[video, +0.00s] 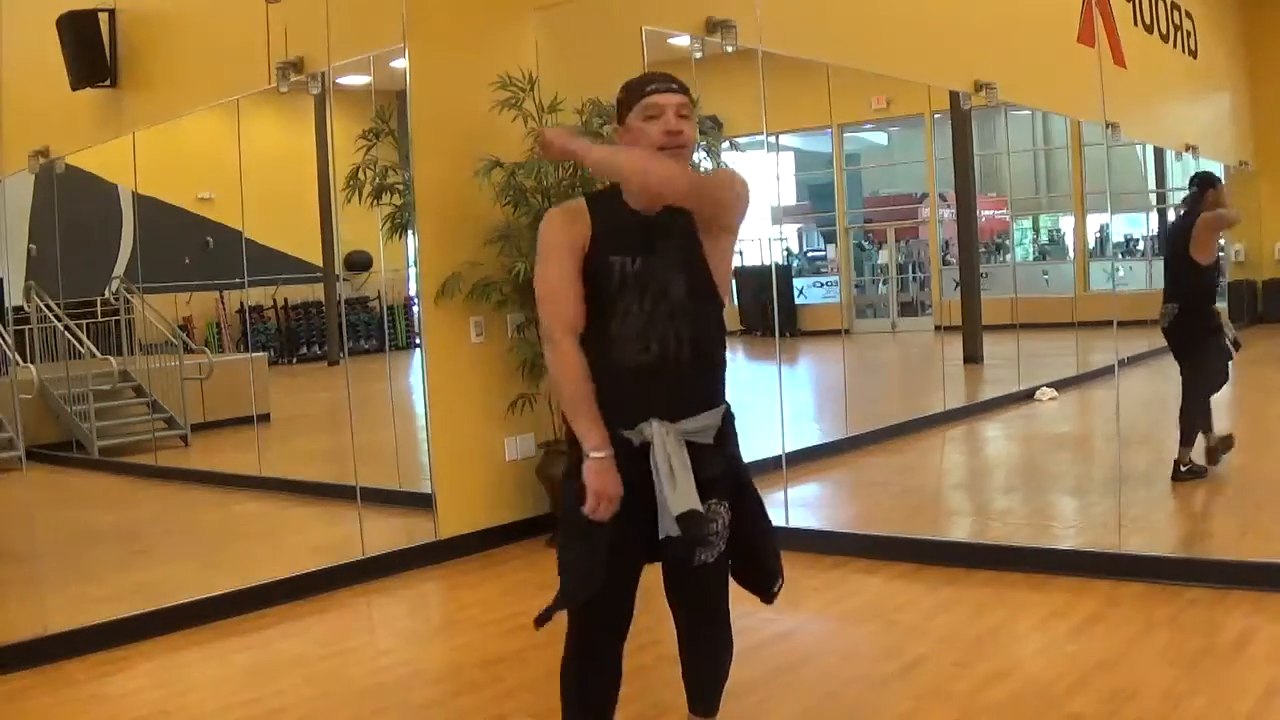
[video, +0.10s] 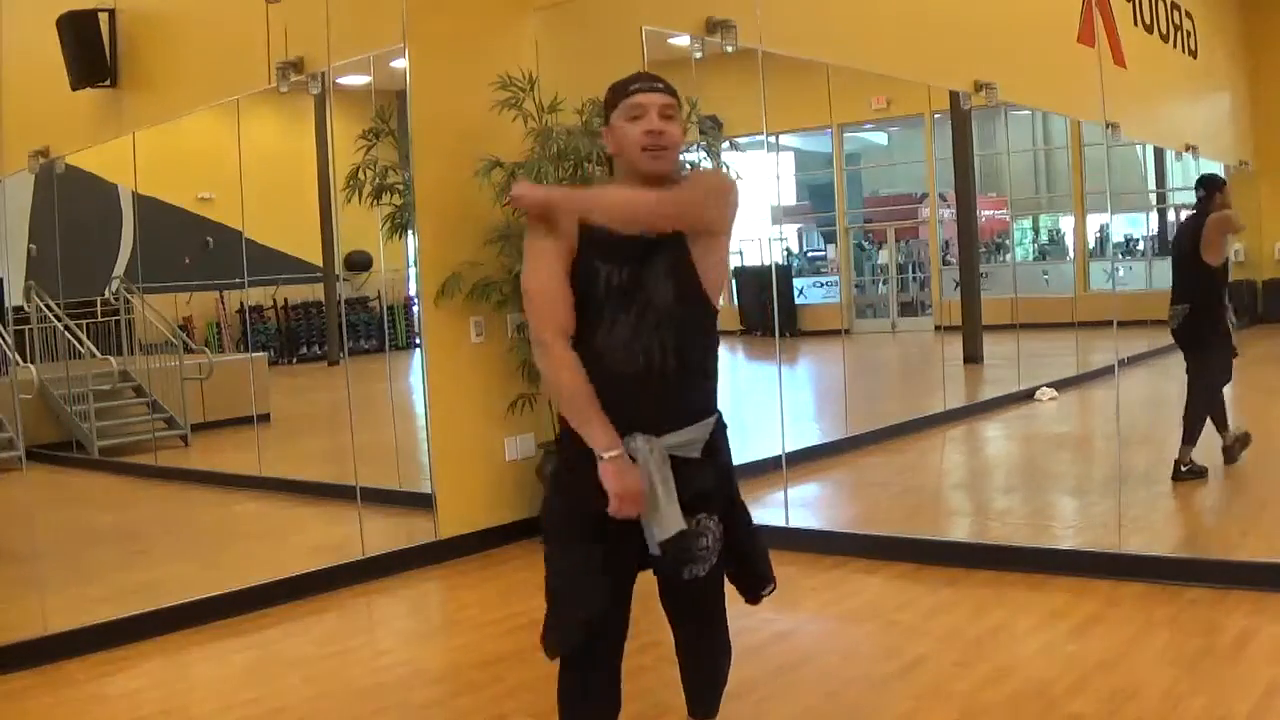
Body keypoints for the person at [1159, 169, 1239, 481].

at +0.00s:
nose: (1221, 198)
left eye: (1220, 192)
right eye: (1219, 192)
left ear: (1196, 194)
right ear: (1209, 193)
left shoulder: (1179, 224)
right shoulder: (1206, 221)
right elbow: (1233, 216)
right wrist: (1218, 201)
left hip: (1175, 316)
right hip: (1196, 317)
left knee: (1201, 380)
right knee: (1195, 386)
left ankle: (1211, 442)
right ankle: (1183, 461)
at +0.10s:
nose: (1228, 199)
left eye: (1226, 193)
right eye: (1226, 194)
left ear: (1200, 196)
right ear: (1216, 195)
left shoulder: (1185, 224)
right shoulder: (1218, 220)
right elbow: (1236, 224)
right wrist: (1222, 211)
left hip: (1181, 316)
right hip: (1205, 318)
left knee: (1211, 382)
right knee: (1202, 387)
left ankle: (1229, 440)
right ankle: (1183, 461)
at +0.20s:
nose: (1233, 201)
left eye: (1230, 196)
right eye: (1230, 196)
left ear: (1205, 199)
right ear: (1223, 197)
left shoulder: (1189, 231)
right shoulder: (1230, 227)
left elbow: (1203, 277)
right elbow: (1255, 250)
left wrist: (1233, 309)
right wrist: (1232, 222)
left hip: (1190, 317)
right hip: (1214, 318)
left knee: (1219, 382)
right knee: (1210, 385)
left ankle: (1236, 444)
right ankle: (1184, 458)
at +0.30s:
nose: (1239, 203)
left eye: (1236, 197)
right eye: (1236, 198)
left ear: (1210, 202)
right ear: (1230, 199)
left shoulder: (1195, 233)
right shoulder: (1242, 231)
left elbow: (1196, 275)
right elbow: (1265, 272)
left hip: (1199, 318)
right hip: (1226, 319)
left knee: (1225, 381)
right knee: (1233, 381)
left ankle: (1237, 445)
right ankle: (1191, 447)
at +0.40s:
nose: (1247, 207)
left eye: (1243, 202)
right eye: (1245, 202)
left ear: (1219, 206)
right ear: (1239, 204)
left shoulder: (1204, 236)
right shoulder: (1252, 237)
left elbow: (1197, 280)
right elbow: (1269, 276)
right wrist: (1270, 311)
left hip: (1208, 321)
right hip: (1236, 322)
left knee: (1230, 380)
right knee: (1262, 377)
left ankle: (1238, 445)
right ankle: (1208, 430)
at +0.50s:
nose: (1257, 214)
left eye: (1255, 208)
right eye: (1256, 209)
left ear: (1230, 210)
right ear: (1249, 208)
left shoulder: (1212, 241)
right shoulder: (1262, 242)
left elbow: (1202, 289)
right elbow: (1274, 288)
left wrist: (1203, 332)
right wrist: (1274, 323)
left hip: (1217, 324)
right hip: (1248, 324)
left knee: (1234, 380)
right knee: (1271, 379)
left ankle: (1236, 446)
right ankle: (1235, 424)